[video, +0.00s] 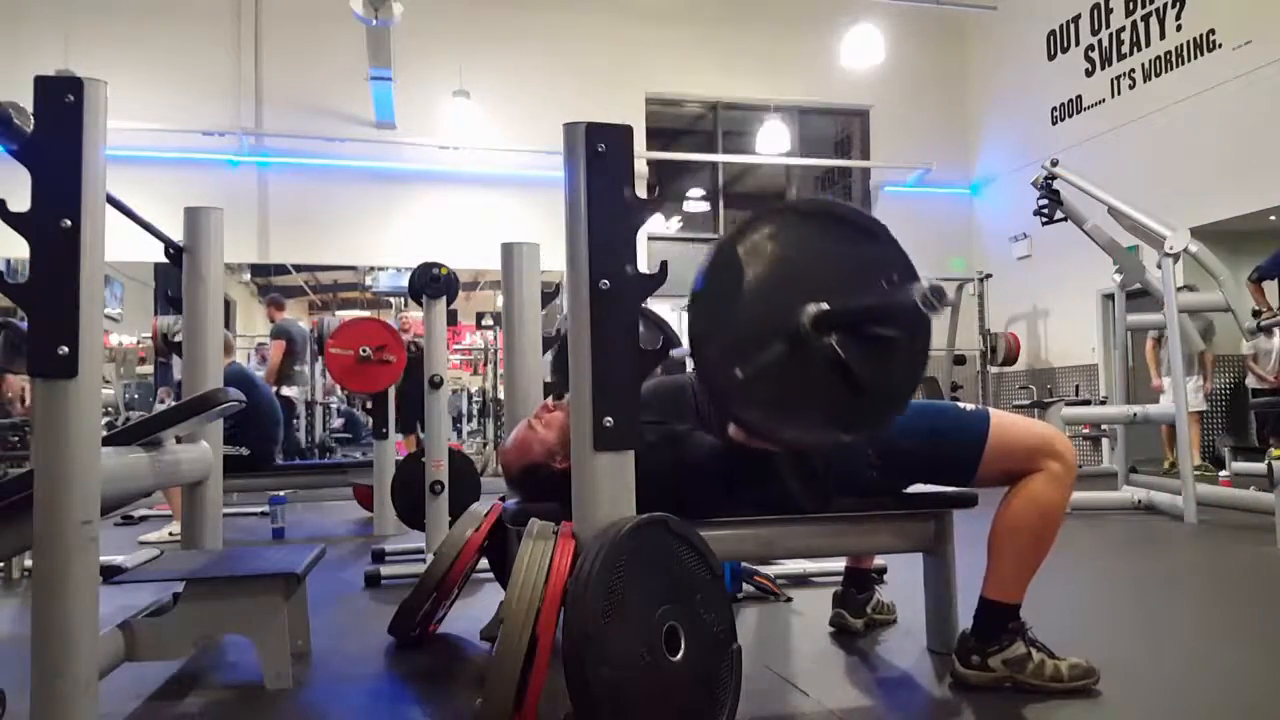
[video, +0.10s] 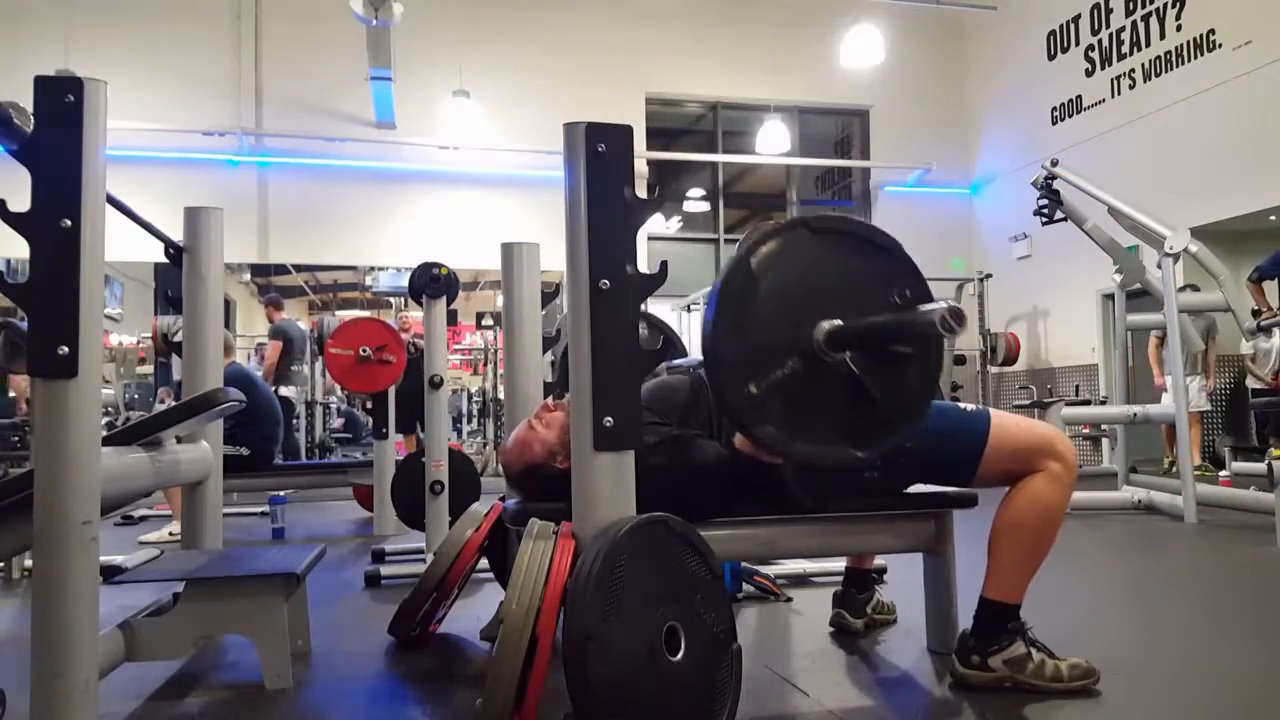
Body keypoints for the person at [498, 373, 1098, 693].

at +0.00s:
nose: (542, 414)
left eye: (529, 420)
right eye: (534, 429)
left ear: (539, 439)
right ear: (545, 461)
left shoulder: (599, 430)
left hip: (774, 427)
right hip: (821, 439)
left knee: (894, 437)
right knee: (1052, 455)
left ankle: (857, 591)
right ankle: (993, 637)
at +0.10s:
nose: (543, 411)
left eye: (530, 418)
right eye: (536, 428)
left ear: (543, 424)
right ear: (550, 462)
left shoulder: (608, 420)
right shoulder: (616, 455)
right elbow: (738, 454)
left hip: (784, 430)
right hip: (833, 442)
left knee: (879, 442)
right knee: (1052, 455)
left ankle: (858, 593)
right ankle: (992, 639)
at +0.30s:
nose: (544, 407)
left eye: (532, 414)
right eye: (537, 426)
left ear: (552, 426)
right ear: (554, 459)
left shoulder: (609, 427)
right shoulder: (622, 453)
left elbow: (664, 388)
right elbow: (766, 466)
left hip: (794, 434)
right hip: (831, 448)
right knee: (1053, 455)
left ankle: (856, 592)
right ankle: (992, 638)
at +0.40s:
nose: (544, 408)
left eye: (533, 414)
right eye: (537, 426)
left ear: (554, 436)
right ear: (555, 458)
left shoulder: (611, 428)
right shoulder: (627, 442)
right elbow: (766, 466)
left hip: (802, 436)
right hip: (833, 447)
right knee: (1053, 456)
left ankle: (856, 595)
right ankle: (992, 639)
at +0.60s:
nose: (544, 409)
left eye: (533, 416)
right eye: (537, 428)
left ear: (553, 437)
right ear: (556, 458)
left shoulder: (612, 427)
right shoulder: (627, 444)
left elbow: (667, 388)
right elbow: (761, 468)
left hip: (797, 441)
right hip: (827, 452)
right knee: (1053, 455)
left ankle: (856, 596)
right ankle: (993, 640)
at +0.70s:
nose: (545, 408)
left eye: (534, 415)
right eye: (538, 426)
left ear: (554, 437)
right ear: (556, 458)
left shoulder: (615, 426)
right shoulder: (629, 445)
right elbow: (762, 464)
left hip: (805, 432)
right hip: (837, 437)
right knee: (1053, 455)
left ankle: (856, 595)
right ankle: (993, 639)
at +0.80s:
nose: (542, 407)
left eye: (531, 416)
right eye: (536, 424)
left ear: (550, 436)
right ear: (553, 453)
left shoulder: (612, 420)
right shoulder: (621, 450)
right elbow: (746, 451)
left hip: (799, 424)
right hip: (832, 433)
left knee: (890, 446)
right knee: (1052, 455)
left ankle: (855, 597)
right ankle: (993, 640)